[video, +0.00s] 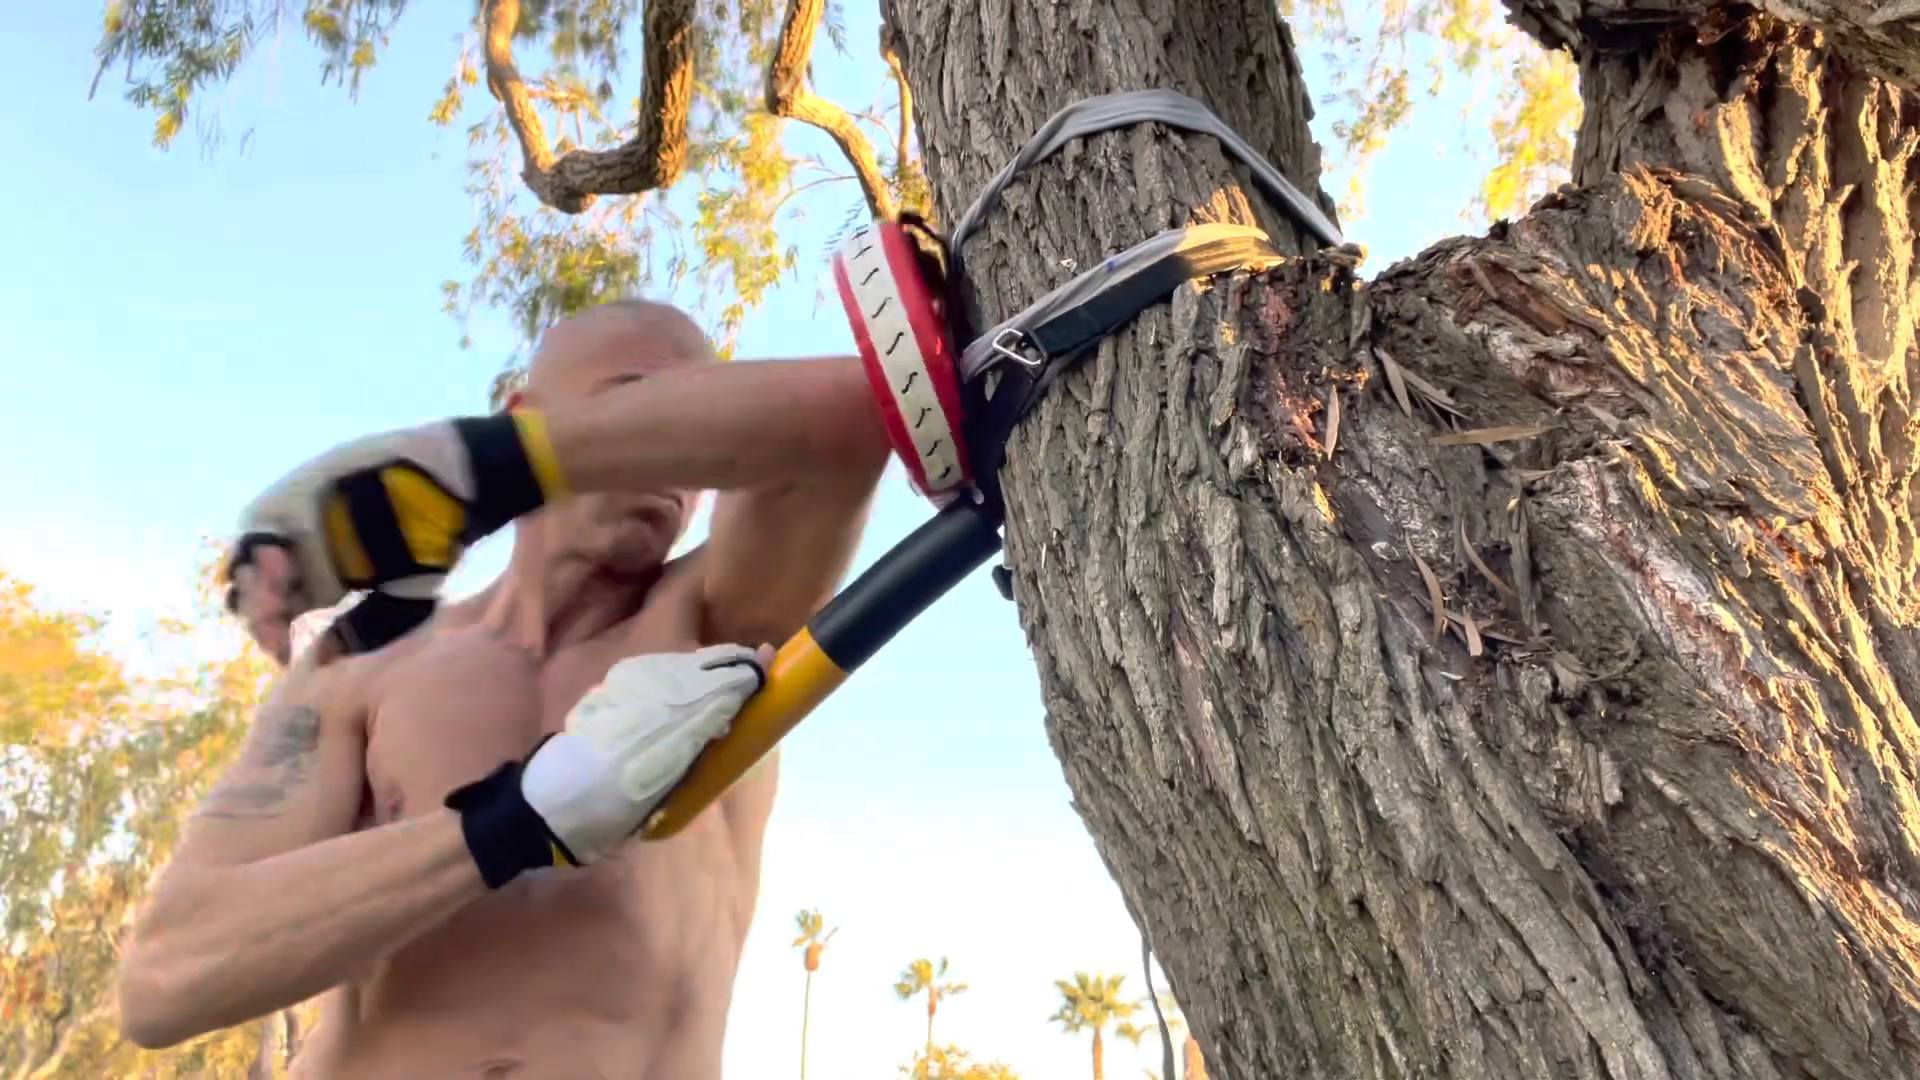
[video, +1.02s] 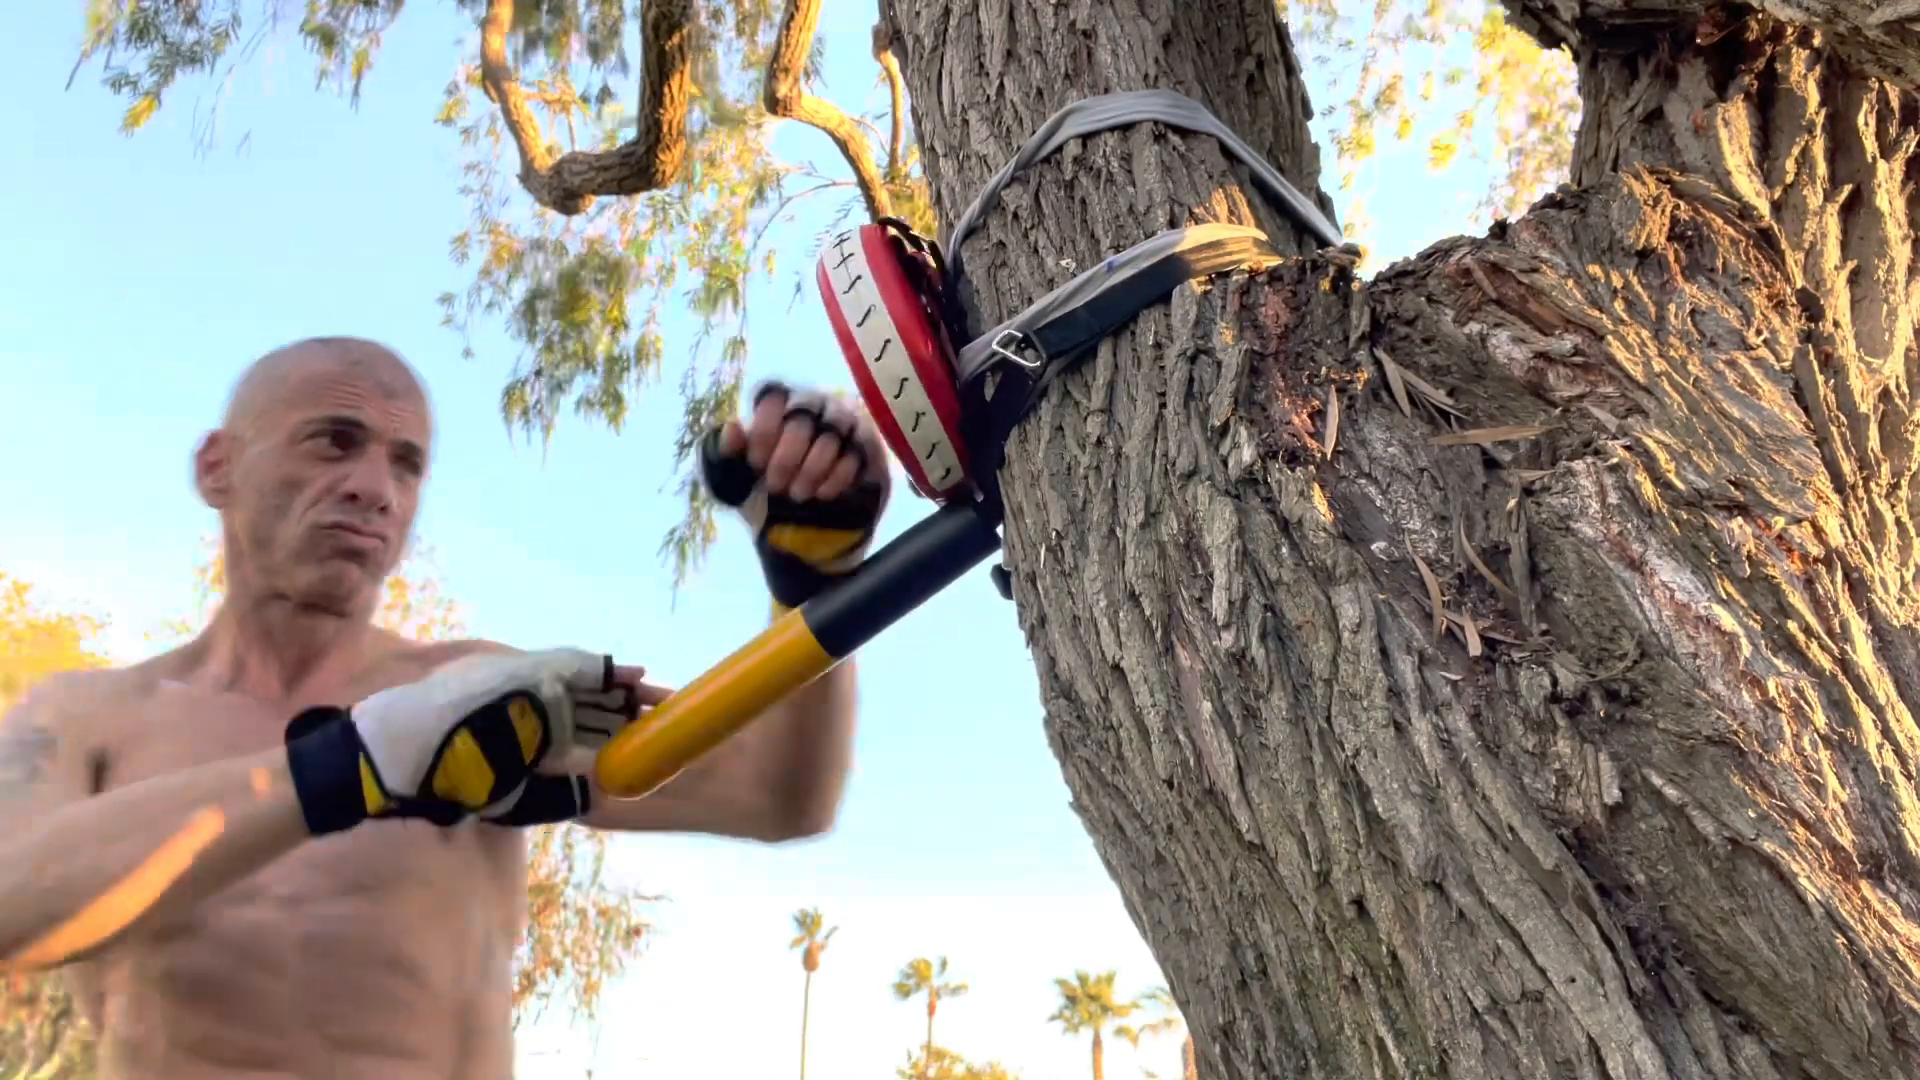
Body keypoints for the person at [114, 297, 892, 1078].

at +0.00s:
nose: (668, 452)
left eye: (693, 413)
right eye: (624, 398)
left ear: (715, 456)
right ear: (520, 414)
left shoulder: (712, 622)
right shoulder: (351, 682)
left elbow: (854, 410)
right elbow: (159, 981)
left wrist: (489, 457)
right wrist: (520, 820)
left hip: (622, 1060)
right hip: (368, 1064)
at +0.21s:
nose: (585, 495)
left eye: (613, 472)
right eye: (546, 448)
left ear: (628, 514)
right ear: (459, 459)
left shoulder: (630, 693)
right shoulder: (278, 675)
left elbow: (882, 667)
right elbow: (87, 1009)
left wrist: (641, 461)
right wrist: (447, 806)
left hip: (557, 1058)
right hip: (303, 1061)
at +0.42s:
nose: (436, 498)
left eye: (465, 470)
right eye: (402, 448)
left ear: (485, 501)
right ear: (279, 466)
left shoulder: (453, 718)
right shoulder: (107, 660)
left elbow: (694, 976)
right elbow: (135, 908)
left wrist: (565, 806)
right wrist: (429, 629)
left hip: (402, 1062)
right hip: (160, 1065)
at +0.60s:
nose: (355, 492)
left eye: (383, 472)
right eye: (315, 443)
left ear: (389, 515)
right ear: (191, 459)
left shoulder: (412, 687)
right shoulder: (42, 671)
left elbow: (680, 692)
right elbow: (50, 965)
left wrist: (858, 498)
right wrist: (435, 843)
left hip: (354, 1060)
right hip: (125, 1062)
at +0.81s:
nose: (286, 484)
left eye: (316, 466)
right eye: (243, 438)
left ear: (331, 509)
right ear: (123, 462)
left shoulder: (386, 670)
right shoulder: (24, 695)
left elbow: (651, 684)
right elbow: (23, 924)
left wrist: (777, 497)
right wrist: (368, 801)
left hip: (353, 1061)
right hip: (73, 1068)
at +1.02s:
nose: (375, 485)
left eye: (405, 465)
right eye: (334, 440)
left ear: (419, 510)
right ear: (217, 470)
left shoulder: (476, 691)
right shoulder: (74, 716)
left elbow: (781, 796)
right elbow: (17, 921)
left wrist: (811, 574)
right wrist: (350, 765)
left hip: (437, 1056)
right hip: (173, 1063)